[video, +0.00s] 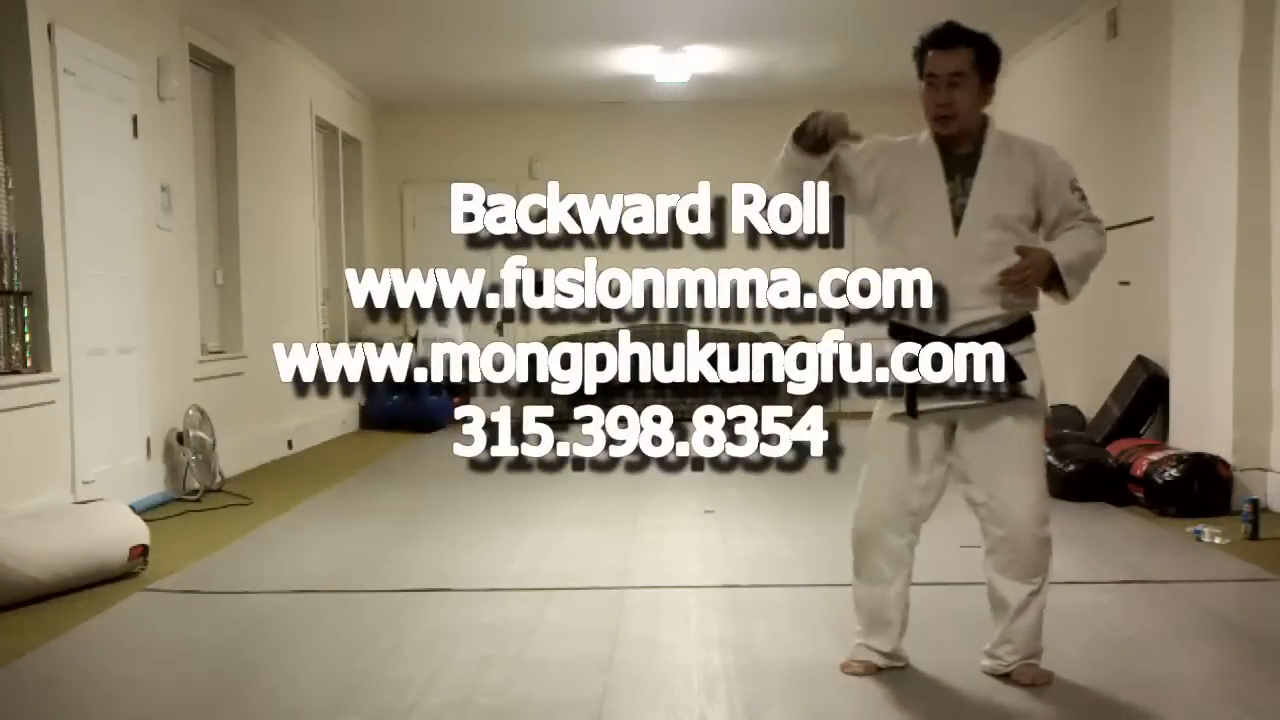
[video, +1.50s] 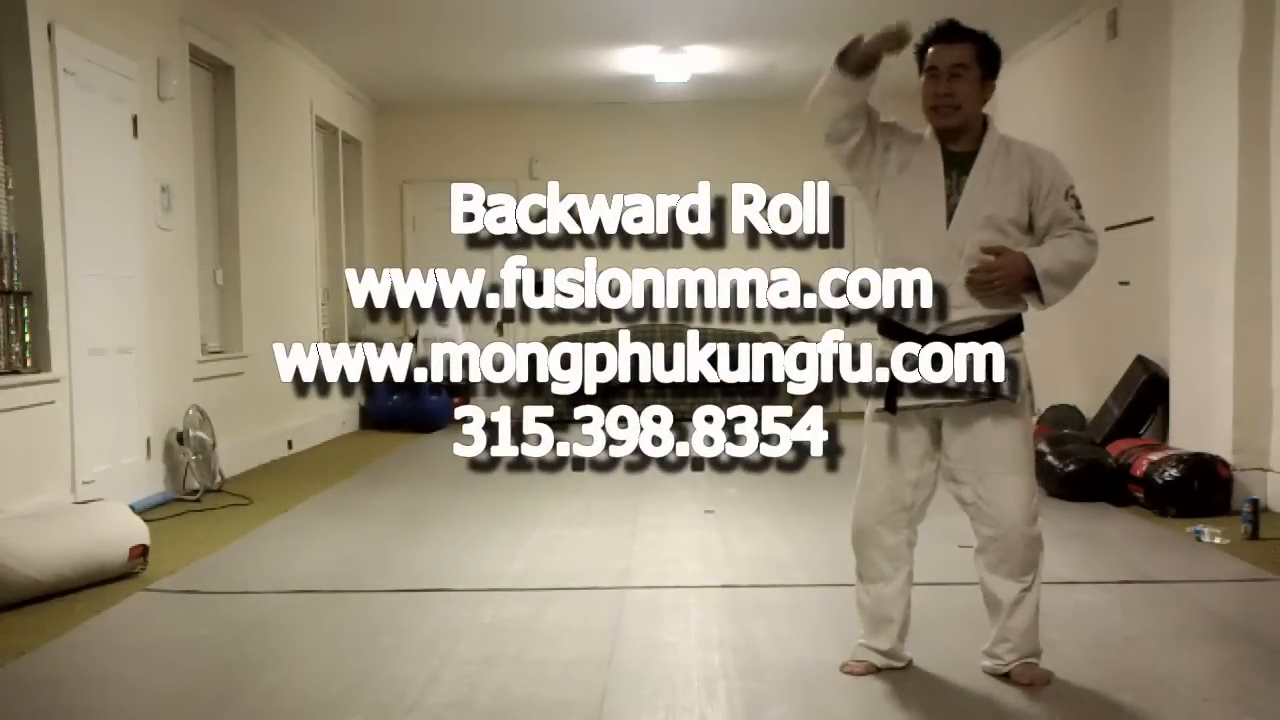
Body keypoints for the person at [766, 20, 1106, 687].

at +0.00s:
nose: (941, 96)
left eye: (957, 82)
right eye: (931, 82)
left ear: (987, 88)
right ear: (918, 88)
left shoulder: (1035, 162)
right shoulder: (880, 160)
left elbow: (1085, 233)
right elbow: (790, 191)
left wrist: (1053, 260)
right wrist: (810, 146)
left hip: (1000, 369)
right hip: (907, 371)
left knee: (1022, 523)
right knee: (880, 518)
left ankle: (1015, 654)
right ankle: (877, 642)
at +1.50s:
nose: (940, 85)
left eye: (957, 73)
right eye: (931, 73)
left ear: (988, 85)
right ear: (919, 86)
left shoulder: (1031, 167)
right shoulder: (887, 154)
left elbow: (1079, 243)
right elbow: (836, 121)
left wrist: (1032, 267)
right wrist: (858, 60)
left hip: (989, 362)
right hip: (896, 363)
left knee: (1011, 521)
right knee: (881, 516)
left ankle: (1014, 651)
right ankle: (879, 643)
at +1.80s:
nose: (948, 86)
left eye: (964, 73)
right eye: (936, 74)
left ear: (992, 84)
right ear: (923, 87)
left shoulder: (1040, 168)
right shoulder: (898, 156)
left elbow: (1086, 244)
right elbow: (851, 106)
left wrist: (1041, 266)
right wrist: (887, 42)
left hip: (995, 362)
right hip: (905, 362)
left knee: (1015, 522)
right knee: (881, 515)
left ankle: (1014, 653)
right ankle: (880, 643)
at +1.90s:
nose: (956, 85)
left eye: (972, 72)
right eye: (945, 73)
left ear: (999, 84)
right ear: (931, 86)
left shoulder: (1044, 168)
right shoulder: (900, 157)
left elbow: (1091, 246)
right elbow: (846, 114)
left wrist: (1046, 267)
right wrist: (868, 53)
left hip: (999, 362)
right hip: (908, 363)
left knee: (1018, 523)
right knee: (883, 515)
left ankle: (1013, 654)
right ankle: (880, 643)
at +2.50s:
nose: (989, 86)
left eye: (1000, 72)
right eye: (972, 74)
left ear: (1015, 83)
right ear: (946, 88)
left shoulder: (1060, 165)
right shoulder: (911, 158)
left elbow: (1110, 250)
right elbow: (840, 161)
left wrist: (1059, 265)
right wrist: (774, 133)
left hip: (1018, 368)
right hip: (929, 367)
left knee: (1029, 524)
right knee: (895, 514)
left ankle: (1016, 653)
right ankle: (882, 641)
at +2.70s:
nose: (987, 86)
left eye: (998, 73)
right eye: (970, 75)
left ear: (1013, 82)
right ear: (943, 89)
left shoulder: (1058, 165)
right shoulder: (910, 158)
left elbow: (1110, 240)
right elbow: (836, 160)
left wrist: (1060, 263)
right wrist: (777, 129)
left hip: (1018, 370)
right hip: (927, 370)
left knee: (1029, 527)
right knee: (894, 517)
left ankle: (1016, 654)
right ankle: (882, 640)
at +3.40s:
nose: (967, 87)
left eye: (984, 73)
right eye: (960, 74)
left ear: (1020, 89)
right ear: (950, 84)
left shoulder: (1063, 171)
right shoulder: (915, 154)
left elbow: (1107, 249)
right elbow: (850, 118)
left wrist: (1064, 273)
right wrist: (818, 54)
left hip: (1016, 370)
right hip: (927, 367)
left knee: (1027, 527)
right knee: (892, 518)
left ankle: (1016, 653)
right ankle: (882, 642)